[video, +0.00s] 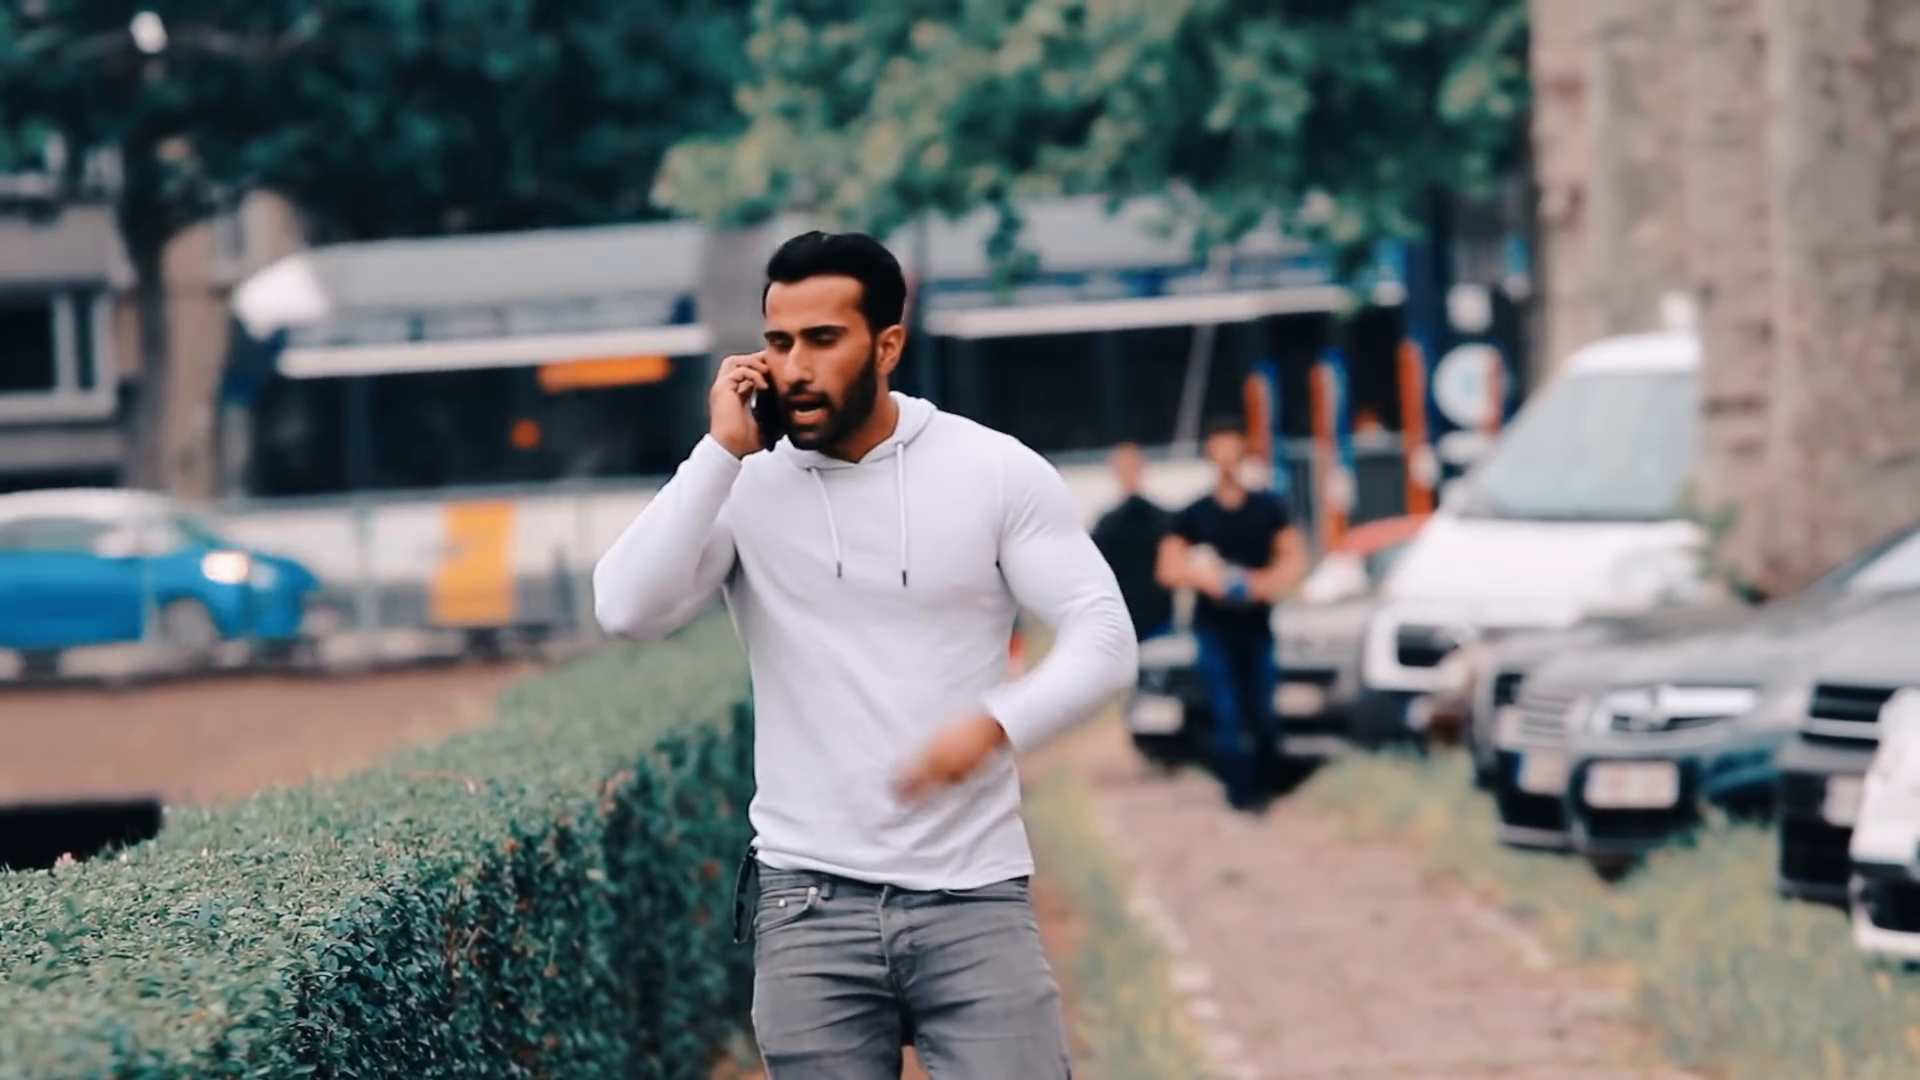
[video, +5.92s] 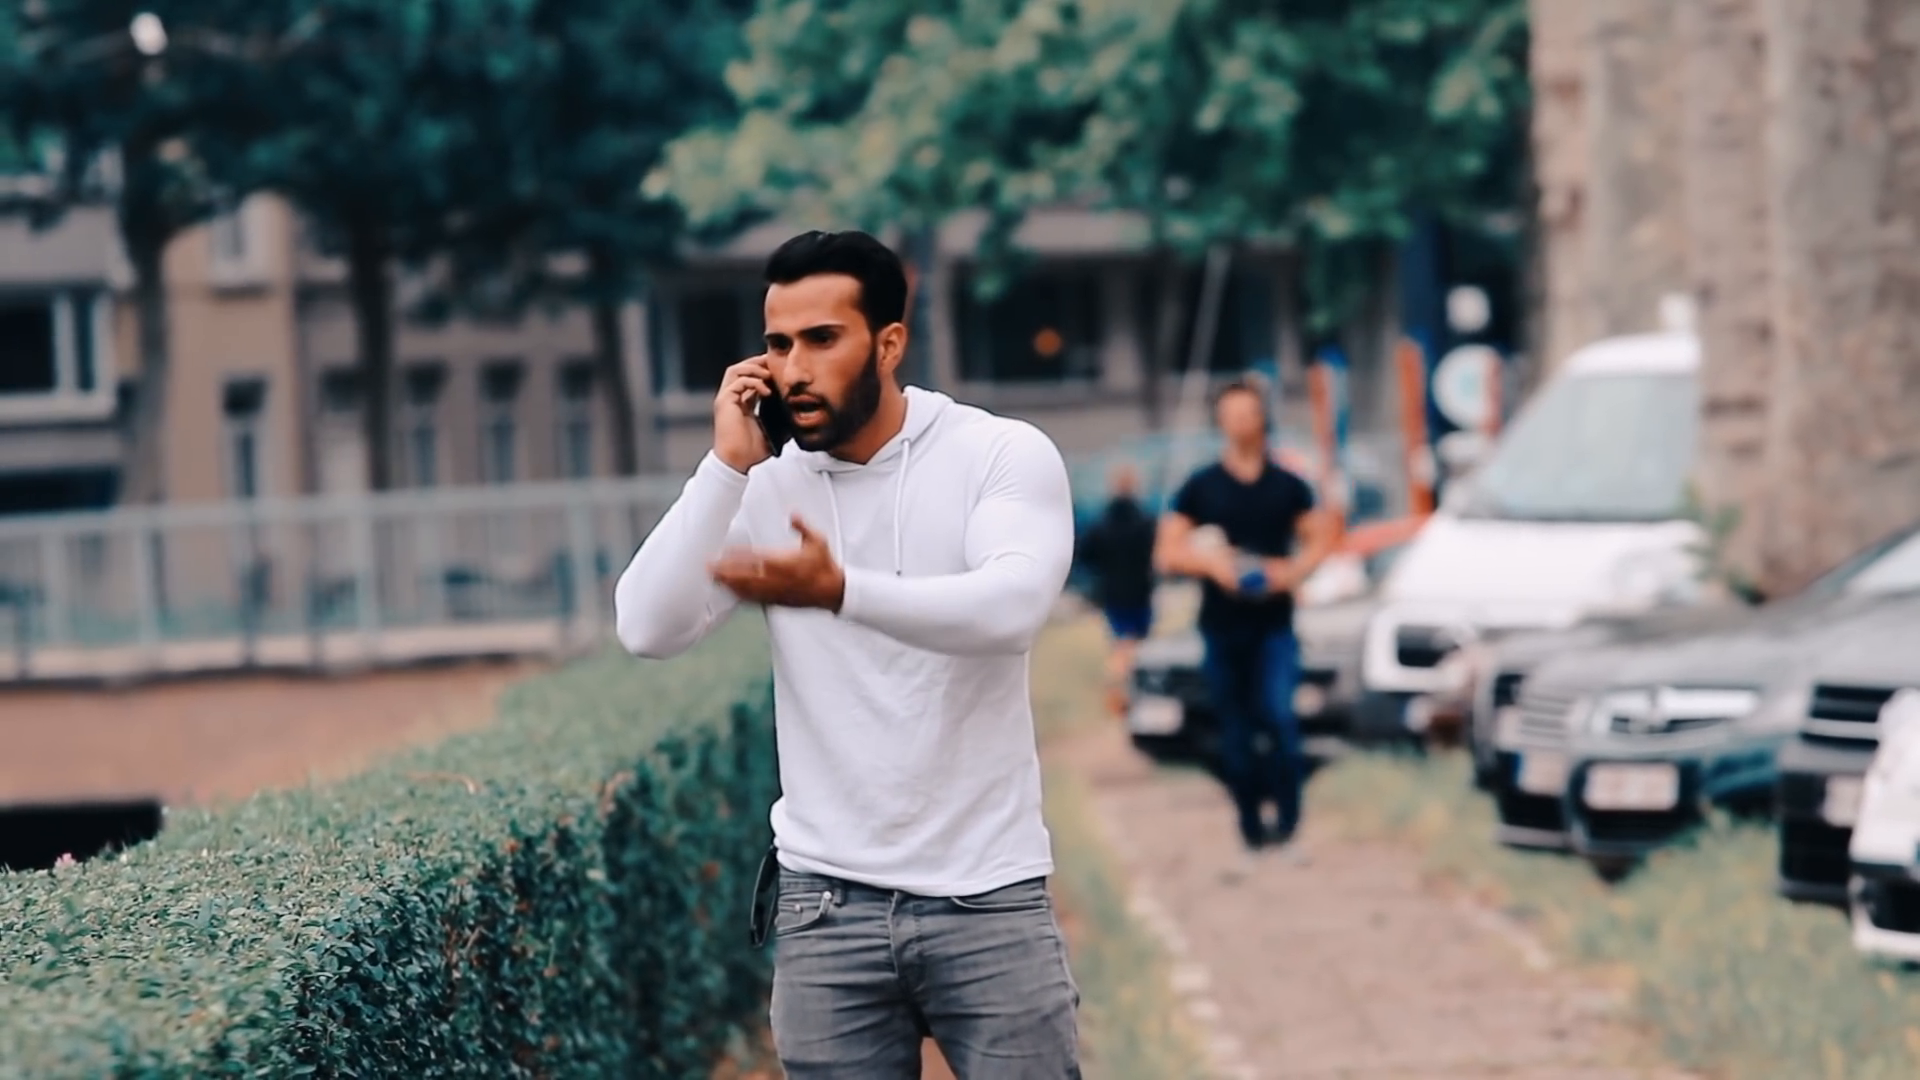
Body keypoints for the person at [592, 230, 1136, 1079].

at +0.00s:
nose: (792, 369)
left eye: (822, 339)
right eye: (777, 342)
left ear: (888, 346)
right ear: (760, 351)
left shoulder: (996, 472)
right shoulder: (741, 487)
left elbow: (1106, 643)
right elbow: (623, 608)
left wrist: (994, 724)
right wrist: (722, 452)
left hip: (975, 900)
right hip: (808, 904)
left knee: (1024, 1065)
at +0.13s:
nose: (792, 370)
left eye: (822, 341)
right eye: (778, 344)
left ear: (888, 346)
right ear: (761, 351)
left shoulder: (994, 469)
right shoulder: (742, 486)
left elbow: (1085, 644)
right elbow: (624, 609)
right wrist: (721, 452)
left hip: (973, 897)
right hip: (804, 901)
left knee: (1018, 1064)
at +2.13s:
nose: (799, 371)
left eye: (827, 342)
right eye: (785, 346)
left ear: (895, 346)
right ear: (769, 352)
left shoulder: (1011, 448)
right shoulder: (763, 485)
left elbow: (1038, 592)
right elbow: (651, 627)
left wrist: (871, 532)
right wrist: (732, 468)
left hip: (1000, 893)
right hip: (830, 899)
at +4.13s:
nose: (792, 375)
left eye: (820, 346)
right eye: (778, 350)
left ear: (889, 349)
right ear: (763, 357)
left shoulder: (1008, 457)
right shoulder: (761, 483)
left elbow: (1013, 607)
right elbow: (646, 631)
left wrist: (840, 558)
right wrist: (724, 472)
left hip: (991, 896)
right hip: (823, 902)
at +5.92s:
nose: (791, 370)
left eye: (820, 340)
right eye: (778, 345)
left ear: (889, 343)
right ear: (764, 354)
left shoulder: (1007, 456)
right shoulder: (765, 486)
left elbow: (1010, 611)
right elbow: (646, 627)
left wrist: (841, 589)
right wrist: (724, 465)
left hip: (990, 898)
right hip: (821, 904)